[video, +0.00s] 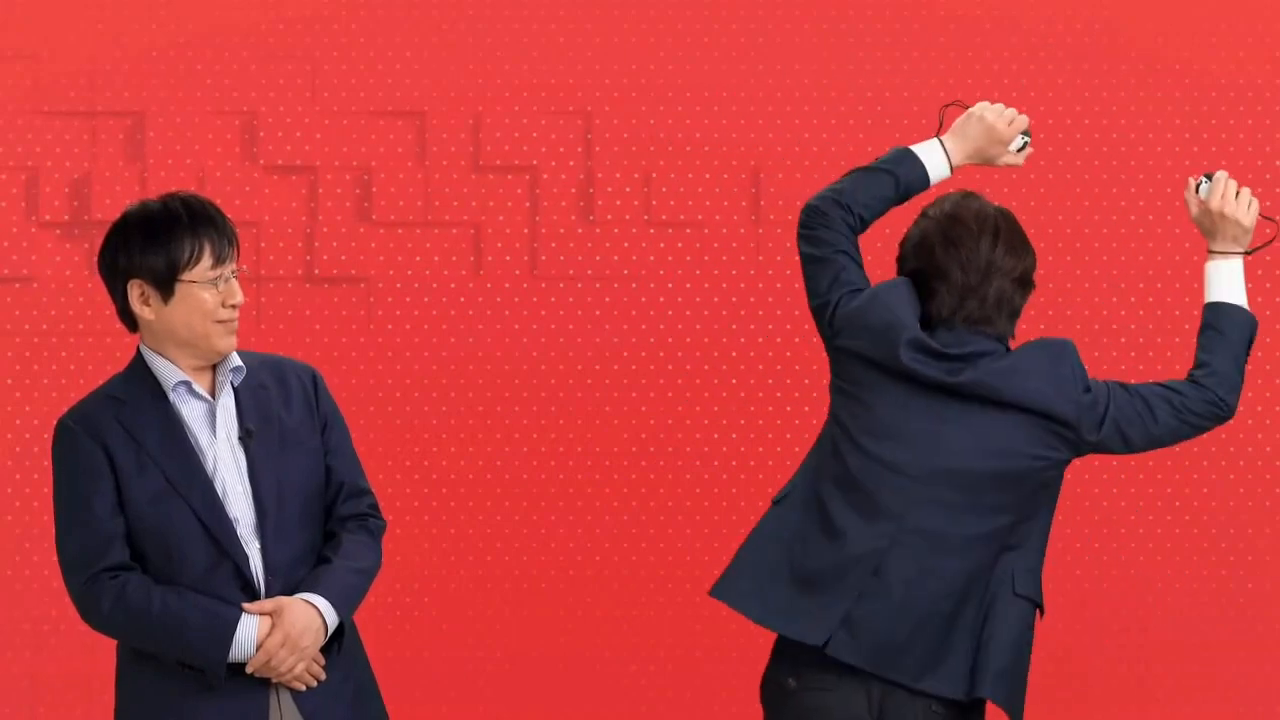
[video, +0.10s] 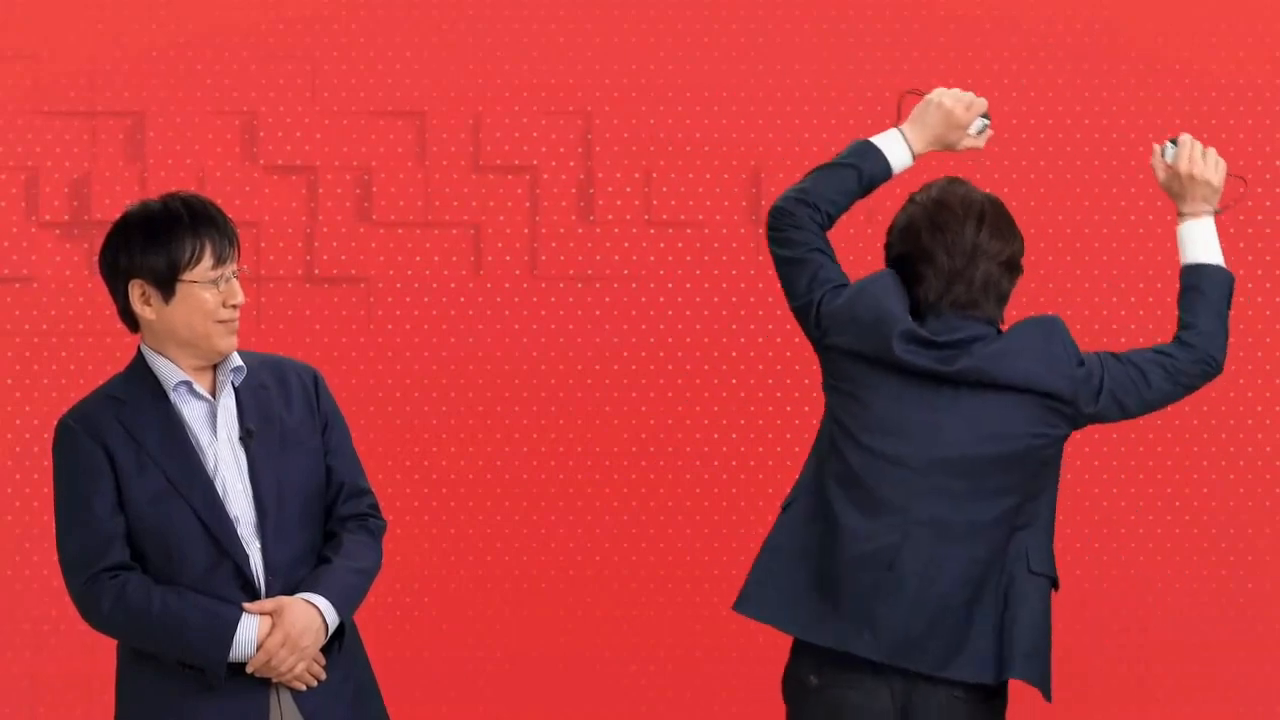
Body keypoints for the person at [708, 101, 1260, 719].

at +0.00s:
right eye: (1023, 284)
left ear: (911, 276)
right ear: (1019, 296)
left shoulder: (864, 341)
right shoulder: (1055, 401)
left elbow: (827, 217)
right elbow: (1212, 395)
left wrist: (949, 148)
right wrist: (1228, 255)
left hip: (813, 671)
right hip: (938, 693)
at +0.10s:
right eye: (1012, 268)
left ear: (896, 262)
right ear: (1006, 279)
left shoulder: (852, 335)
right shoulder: (1049, 376)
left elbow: (795, 218)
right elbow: (1199, 353)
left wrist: (907, 138)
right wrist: (1198, 216)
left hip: (834, 672)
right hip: (962, 684)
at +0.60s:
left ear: (883, 264)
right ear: (992, 247)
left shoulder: (841, 357)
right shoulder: (1043, 326)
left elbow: (682, 320)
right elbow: (1092, 198)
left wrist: (691, 183)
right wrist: (980, 114)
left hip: (899, 679)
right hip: (1029, 668)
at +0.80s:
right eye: (1006, 246)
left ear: (891, 249)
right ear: (1004, 258)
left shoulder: (845, 322)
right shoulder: (1051, 354)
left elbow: (755, 213)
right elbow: (1194, 301)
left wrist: (838, 106)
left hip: (860, 663)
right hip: (989, 672)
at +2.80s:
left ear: (887, 255)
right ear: (999, 251)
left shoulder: (834, 330)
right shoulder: (1041, 337)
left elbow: (701, 249)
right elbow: (1140, 226)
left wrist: (740, 118)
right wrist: (1062, 100)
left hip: (839, 660)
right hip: (966, 663)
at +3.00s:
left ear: (873, 274)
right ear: (981, 255)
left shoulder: (841, 379)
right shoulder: (1029, 325)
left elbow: (678, 360)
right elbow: (1045, 183)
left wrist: (667, 221)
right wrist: (934, 94)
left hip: (892, 687)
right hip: (1016, 672)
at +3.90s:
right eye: (1009, 262)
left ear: (895, 268)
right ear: (1005, 274)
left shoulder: (851, 339)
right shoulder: (1049, 368)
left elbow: (779, 220)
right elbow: (1194, 330)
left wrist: (887, 130)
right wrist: (1182, 194)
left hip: (845, 670)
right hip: (973, 681)